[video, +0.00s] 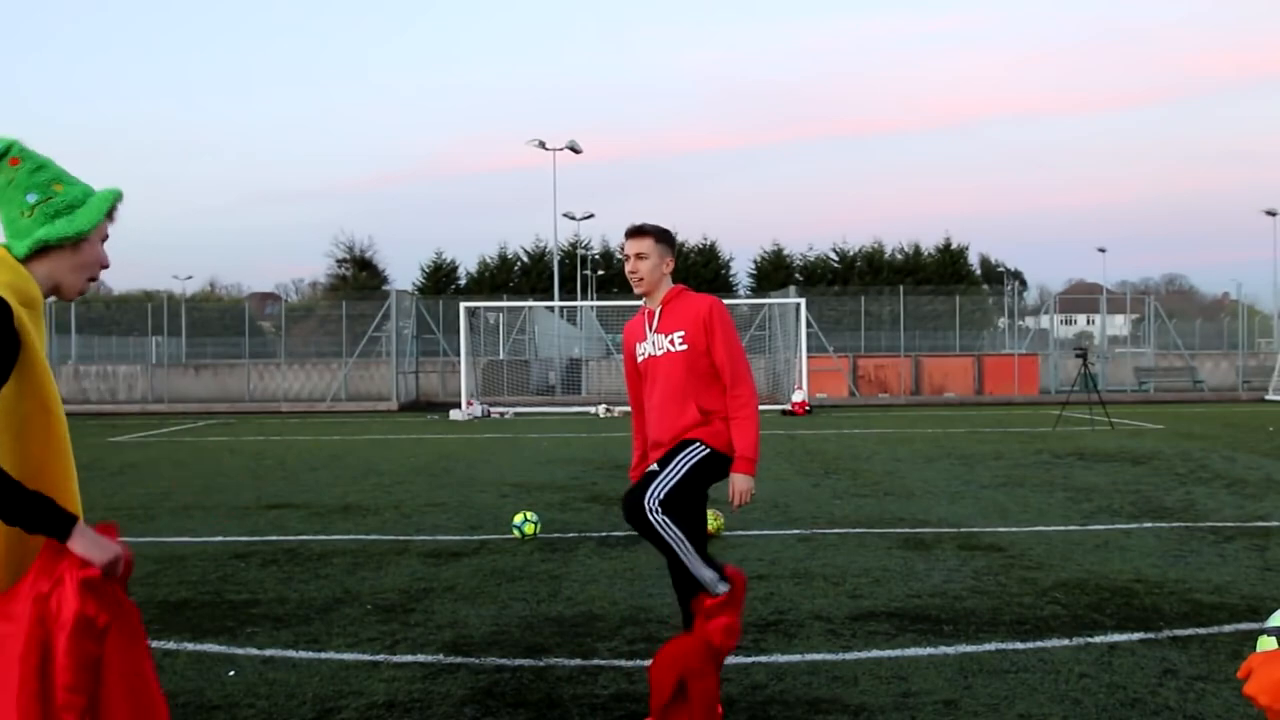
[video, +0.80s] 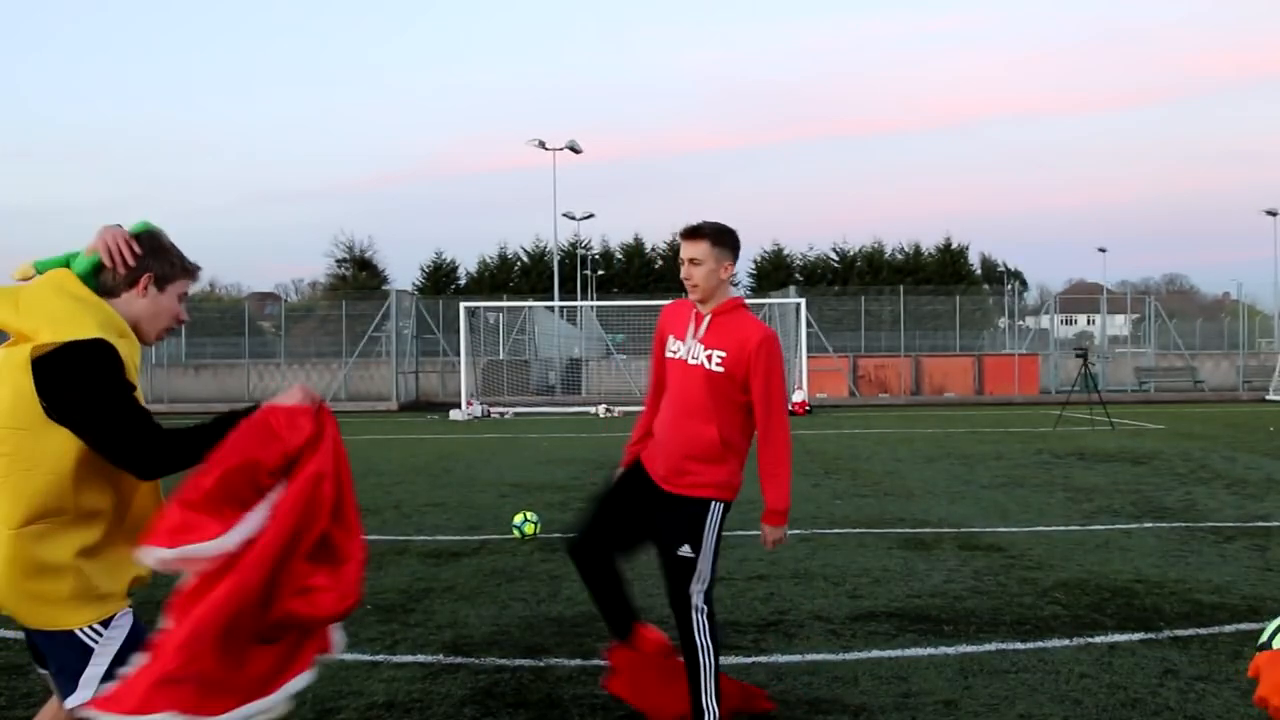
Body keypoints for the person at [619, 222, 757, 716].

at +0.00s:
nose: (631, 267)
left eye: (640, 258)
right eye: (627, 259)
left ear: (667, 262)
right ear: (627, 267)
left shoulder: (706, 310)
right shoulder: (633, 330)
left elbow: (741, 389)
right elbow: (640, 410)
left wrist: (744, 465)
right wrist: (639, 472)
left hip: (707, 438)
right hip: (663, 451)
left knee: (644, 503)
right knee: (681, 555)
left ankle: (719, 587)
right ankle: (701, 659)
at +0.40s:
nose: (651, 272)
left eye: (661, 263)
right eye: (646, 263)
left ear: (688, 265)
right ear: (642, 265)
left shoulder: (718, 316)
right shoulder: (641, 319)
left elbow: (755, 395)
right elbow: (637, 399)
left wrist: (767, 471)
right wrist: (623, 460)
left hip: (714, 438)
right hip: (671, 450)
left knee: (669, 503)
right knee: (682, 569)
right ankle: (702, 670)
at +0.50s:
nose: (653, 270)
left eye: (663, 261)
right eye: (648, 261)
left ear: (691, 263)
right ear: (645, 264)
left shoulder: (723, 315)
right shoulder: (643, 318)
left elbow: (760, 395)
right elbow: (633, 398)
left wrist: (769, 472)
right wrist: (617, 462)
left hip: (714, 450)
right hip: (669, 456)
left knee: (683, 549)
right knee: (679, 563)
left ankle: (739, 677)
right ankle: (702, 672)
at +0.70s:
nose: (674, 265)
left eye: (685, 256)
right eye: (671, 255)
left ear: (714, 264)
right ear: (667, 259)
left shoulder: (740, 327)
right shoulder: (652, 317)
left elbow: (765, 413)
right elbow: (629, 399)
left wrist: (776, 491)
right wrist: (604, 466)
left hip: (713, 484)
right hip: (663, 481)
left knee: (695, 601)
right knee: (659, 589)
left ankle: (710, 710)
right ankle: (704, 687)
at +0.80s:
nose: (685, 272)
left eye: (695, 263)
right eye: (682, 263)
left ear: (726, 267)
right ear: (679, 266)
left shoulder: (756, 338)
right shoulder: (673, 316)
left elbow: (773, 426)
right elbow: (655, 399)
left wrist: (776, 509)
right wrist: (630, 461)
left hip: (702, 492)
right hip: (651, 476)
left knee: (691, 604)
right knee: (588, 546)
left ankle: (708, 710)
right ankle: (636, 642)